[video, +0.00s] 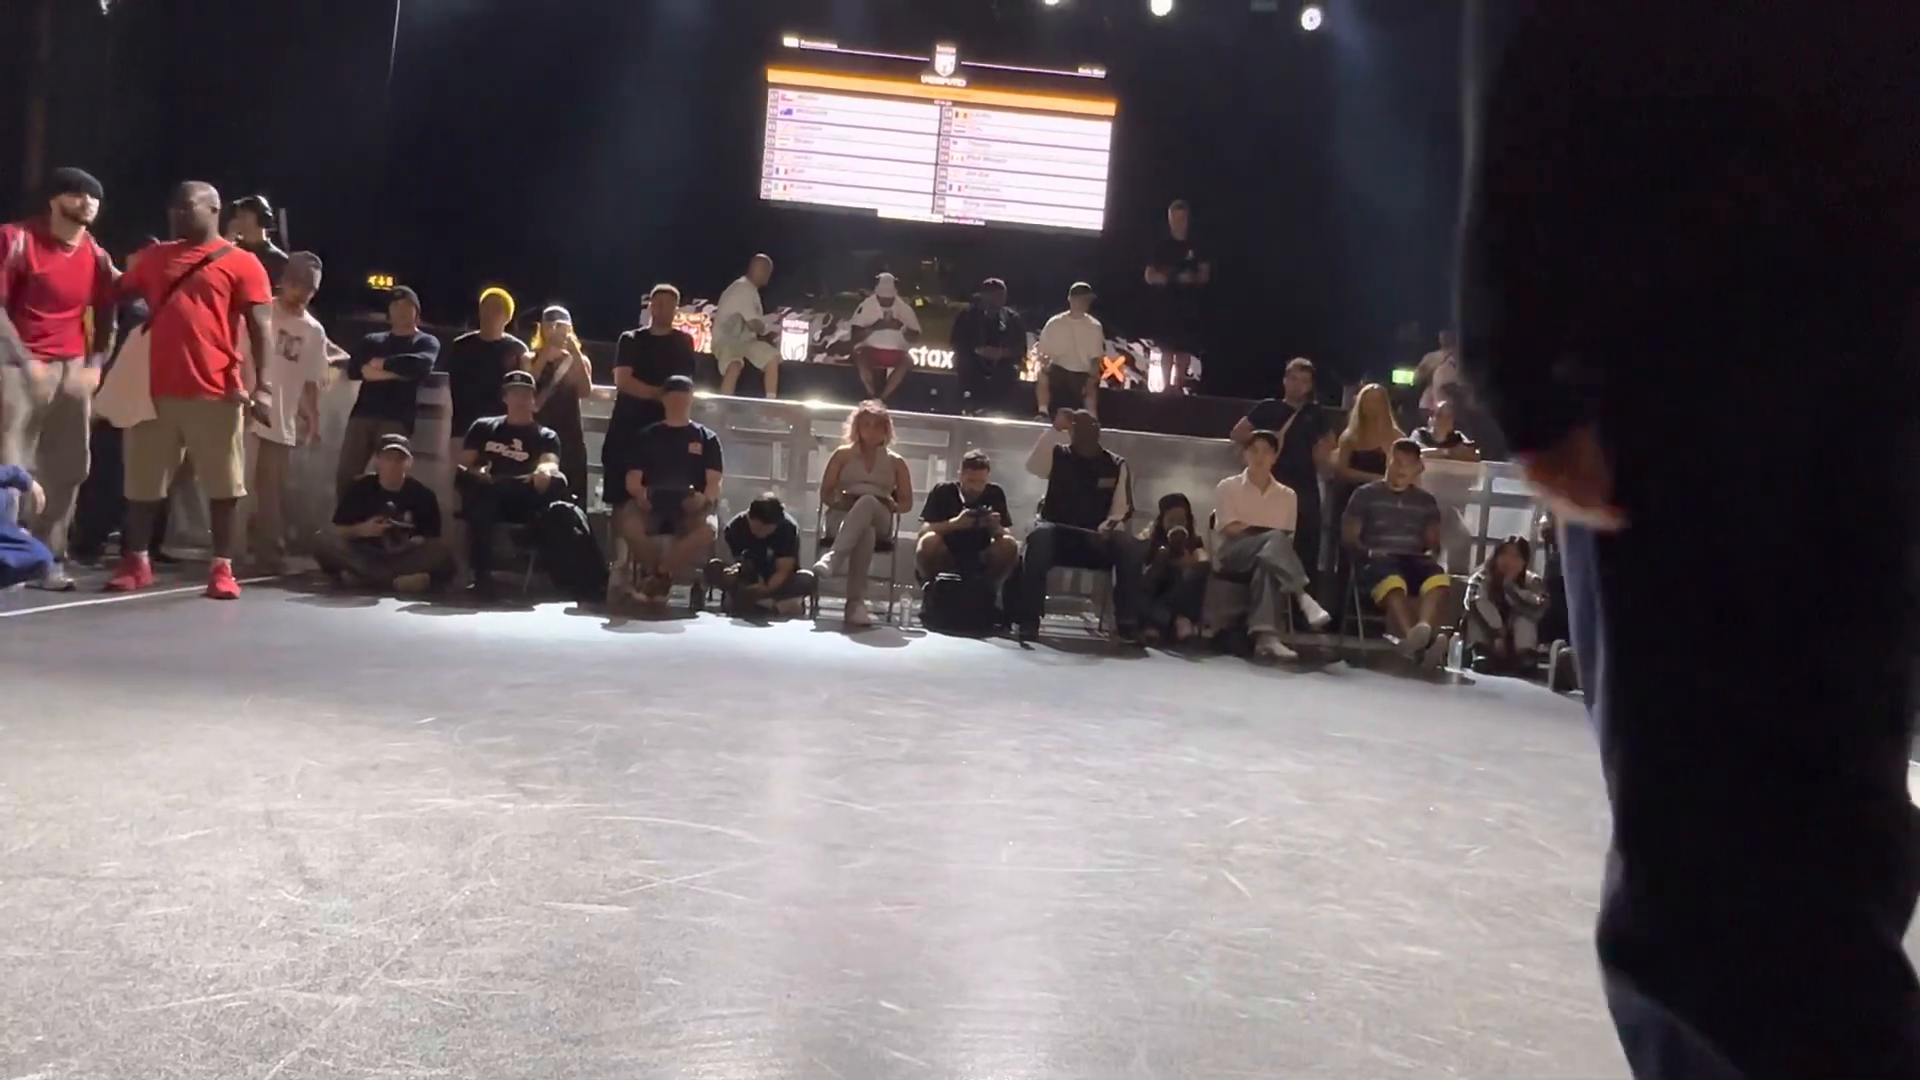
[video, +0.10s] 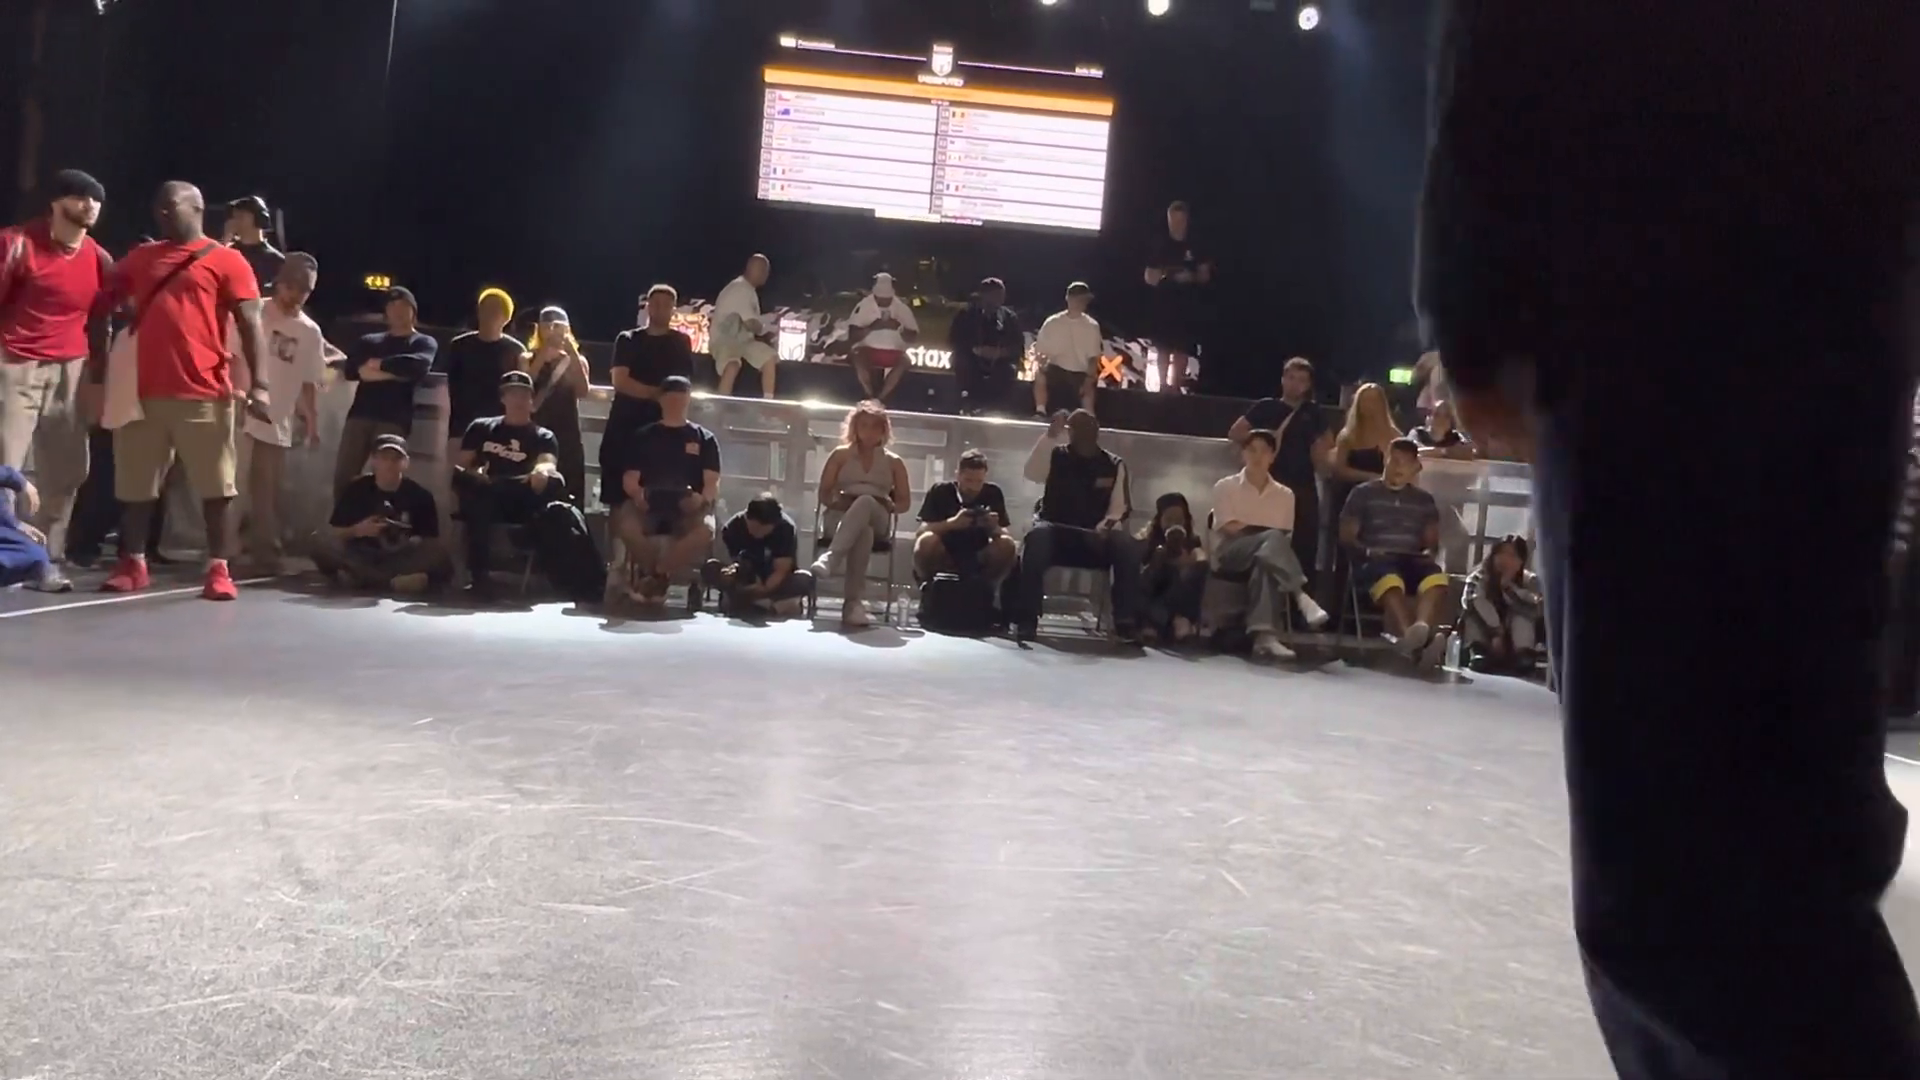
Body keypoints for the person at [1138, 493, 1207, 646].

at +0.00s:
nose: (1177, 526)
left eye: (1181, 520)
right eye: (1172, 520)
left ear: (1189, 520)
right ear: (1162, 519)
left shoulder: (1194, 542)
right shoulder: (1150, 542)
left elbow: (1204, 563)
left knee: (1196, 570)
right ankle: (1182, 619)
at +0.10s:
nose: (1174, 525)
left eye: (1179, 520)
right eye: (1169, 520)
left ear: (1187, 520)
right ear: (1159, 519)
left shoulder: (1192, 541)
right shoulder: (1145, 541)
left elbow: (1202, 562)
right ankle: (1181, 619)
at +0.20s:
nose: (1173, 524)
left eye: (1178, 519)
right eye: (1167, 519)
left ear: (1185, 519)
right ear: (1157, 519)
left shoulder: (1190, 541)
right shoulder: (1144, 541)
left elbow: (1200, 561)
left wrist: (1183, 557)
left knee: (1195, 569)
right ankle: (1179, 619)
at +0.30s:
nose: (1171, 524)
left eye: (1176, 519)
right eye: (1165, 519)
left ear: (1183, 519)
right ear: (1156, 519)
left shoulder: (1189, 540)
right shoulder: (1142, 541)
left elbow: (1199, 560)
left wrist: (1181, 559)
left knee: (1196, 567)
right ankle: (1177, 618)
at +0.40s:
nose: (1169, 525)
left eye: (1174, 520)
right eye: (1164, 520)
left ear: (1182, 519)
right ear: (1154, 520)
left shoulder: (1188, 542)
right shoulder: (1141, 543)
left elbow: (1198, 562)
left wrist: (1181, 561)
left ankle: (1179, 620)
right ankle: (1176, 621)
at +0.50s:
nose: (1168, 526)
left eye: (1173, 520)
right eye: (1163, 520)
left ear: (1181, 520)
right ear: (1153, 520)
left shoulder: (1187, 542)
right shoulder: (1140, 542)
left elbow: (1197, 561)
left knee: (1193, 568)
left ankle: (1184, 620)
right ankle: (1174, 619)